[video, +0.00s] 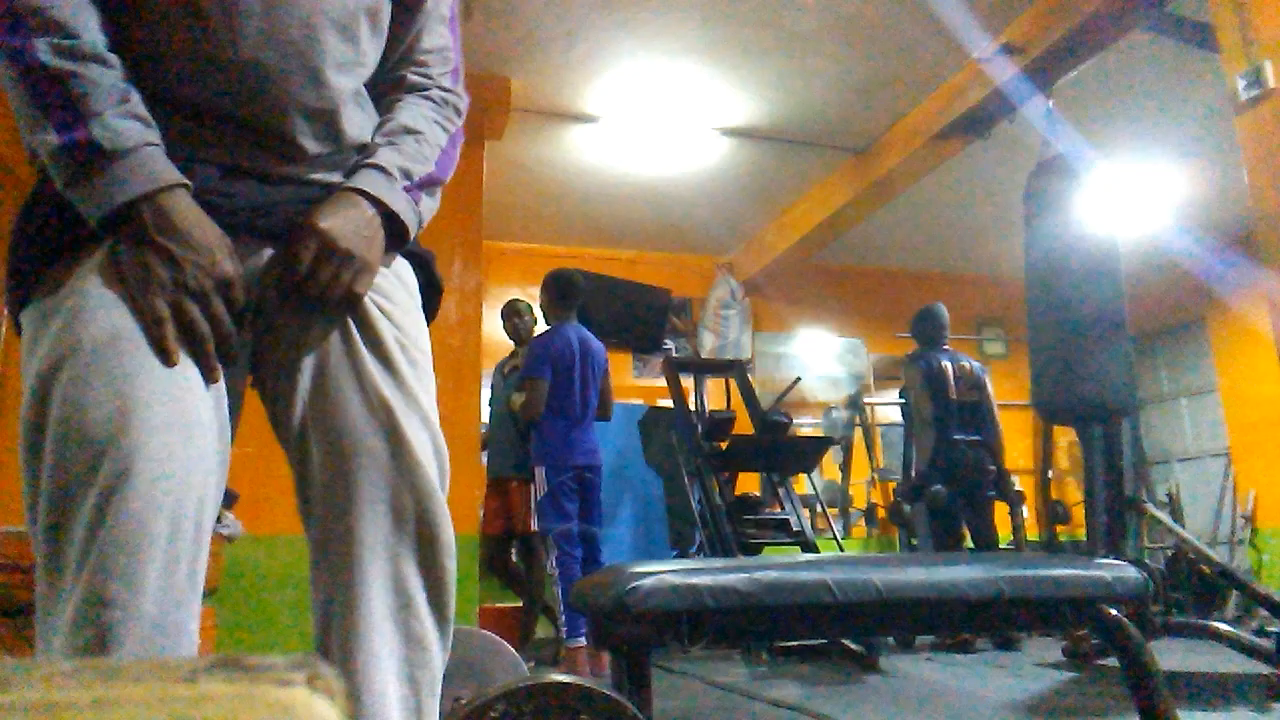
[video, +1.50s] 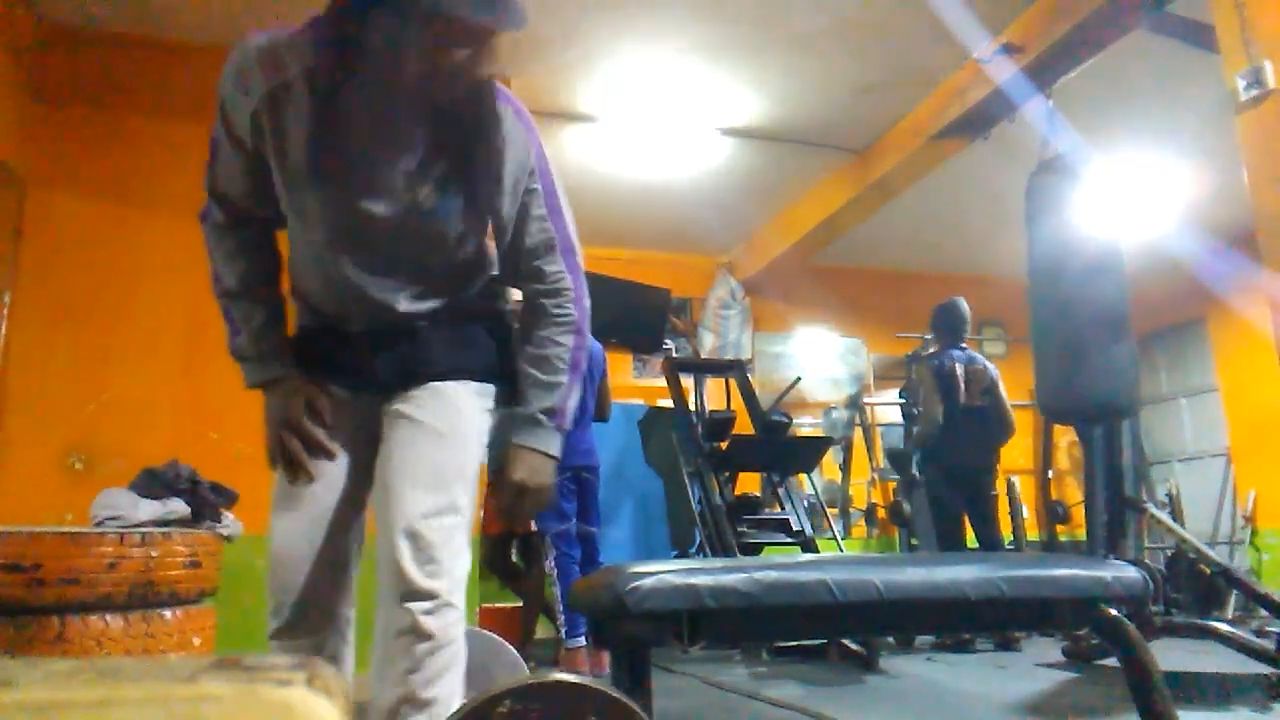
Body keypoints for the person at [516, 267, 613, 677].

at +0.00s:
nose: (539, 300)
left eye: (542, 294)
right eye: (542, 293)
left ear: (549, 298)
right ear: (577, 300)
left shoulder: (543, 344)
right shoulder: (596, 346)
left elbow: (533, 409)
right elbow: (605, 411)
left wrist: (517, 404)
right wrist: (566, 405)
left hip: (554, 459)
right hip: (589, 457)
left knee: (566, 550)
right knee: (590, 545)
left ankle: (575, 645)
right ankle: (600, 645)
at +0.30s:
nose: (541, 306)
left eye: (542, 300)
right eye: (545, 299)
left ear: (547, 301)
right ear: (578, 302)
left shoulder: (543, 344)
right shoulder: (596, 346)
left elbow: (532, 408)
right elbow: (605, 411)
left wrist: (515, 402)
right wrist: (568, 402)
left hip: (554, 458)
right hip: (589, 454)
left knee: (565, 550)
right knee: (591, 546)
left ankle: (575, 647)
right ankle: (600, 648)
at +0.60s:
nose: (548, 306)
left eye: (548, 298)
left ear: (548, 301)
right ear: (578, 302)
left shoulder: (539, 340)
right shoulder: (595, 346)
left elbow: (525, 400)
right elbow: (606, 410)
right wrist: (570, 403)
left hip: (553, 457)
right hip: (589, 453)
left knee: (563, 545)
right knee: (591, 543)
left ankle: (574, 643)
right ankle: (597, 642)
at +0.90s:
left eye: (550, 297)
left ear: (548, 301)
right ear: (578, 302)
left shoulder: (537, 340)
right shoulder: (594, 345)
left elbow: (524, 403)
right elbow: (605, 410)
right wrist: (568, 403)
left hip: (551, 457)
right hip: (589, 455)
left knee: (564, 547)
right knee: (590, 543)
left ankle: (573, 642)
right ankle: (597, 639)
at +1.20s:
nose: (555, 309)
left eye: (554, 300)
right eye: (566, 301)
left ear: (550, 301)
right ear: (580, 303)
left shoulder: (543, 341)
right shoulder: (594, 346)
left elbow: (534, 402)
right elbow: (604, 410)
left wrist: (516, 422)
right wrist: (570, 407)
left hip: (551, 453)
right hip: (586, 451)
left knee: (562, 544)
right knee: (590, 541)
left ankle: (574, 643)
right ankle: (598, 643)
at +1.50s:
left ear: (544, 314)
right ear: (581, 311)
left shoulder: (537, 348)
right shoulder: (593, 348)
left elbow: (532, 401)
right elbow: (603, 409)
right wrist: (570, 401)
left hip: (552, 452)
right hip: (587, 453)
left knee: (561, 546)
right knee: (589, 544)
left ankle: (574, 645)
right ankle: (598, 646)